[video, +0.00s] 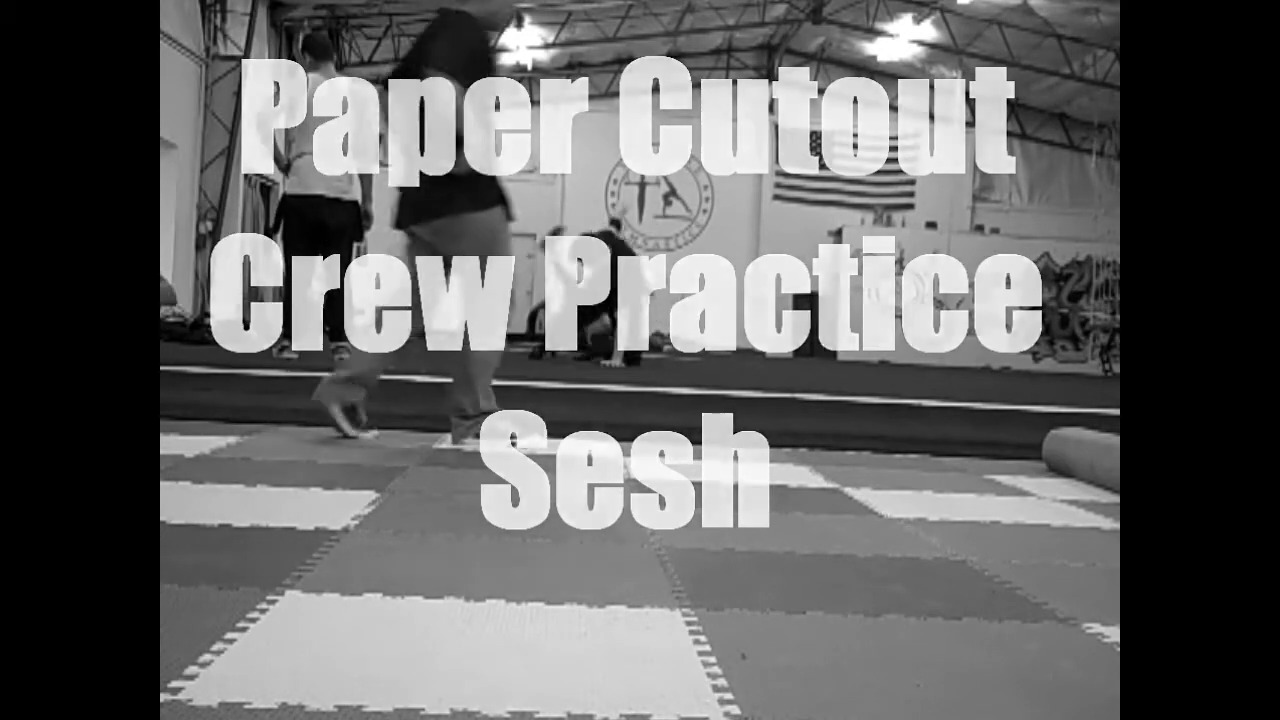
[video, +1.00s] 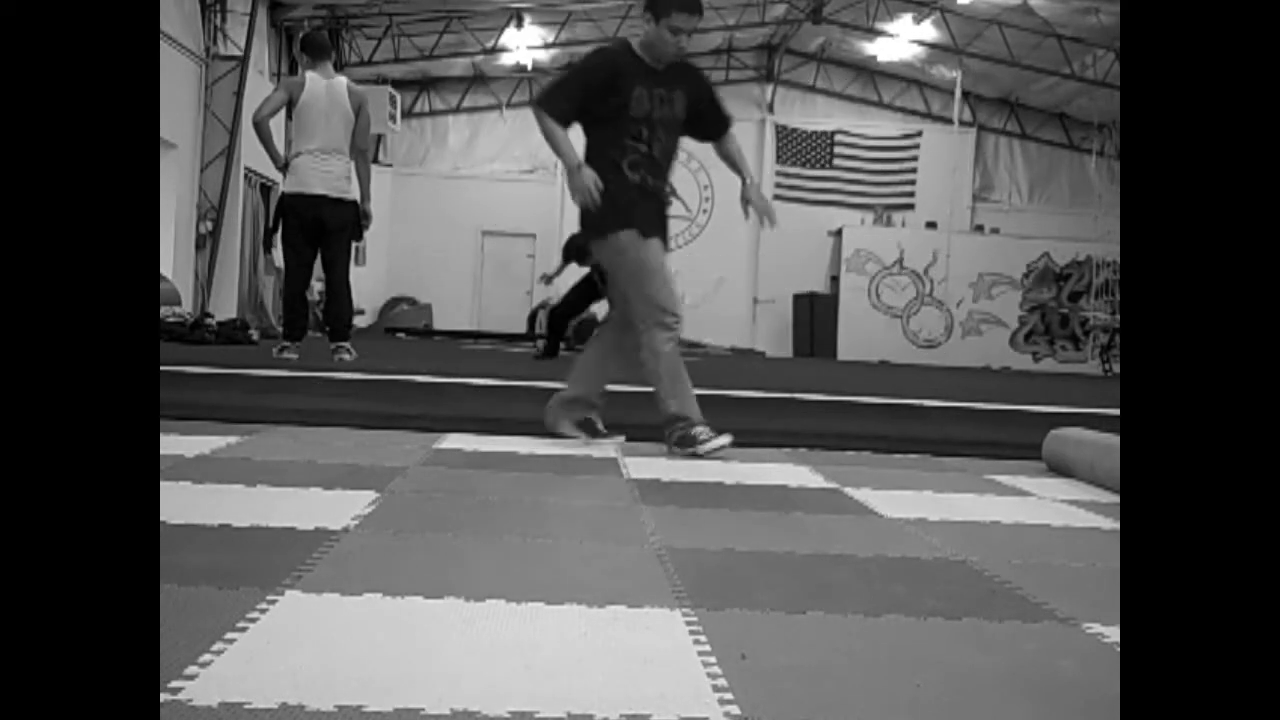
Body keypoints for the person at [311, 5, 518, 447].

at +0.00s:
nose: (511, 21)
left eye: (513, 17)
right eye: (508, 14)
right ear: (489, 9)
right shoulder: (467, 39)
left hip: (422, 200)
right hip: (468, 199)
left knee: (405, 308)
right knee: (484, 310)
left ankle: (345, 384)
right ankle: (474, 420)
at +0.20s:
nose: (555, 15)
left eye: (555, 11)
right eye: (553, 9)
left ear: (506, 4)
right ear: (538, 4)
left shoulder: (476, 34)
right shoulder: (524, 35)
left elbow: (424, 84)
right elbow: (514, 105)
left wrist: (446, 148)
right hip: (506, 195)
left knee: (512, 308)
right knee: (502, 306)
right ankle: (474, 421)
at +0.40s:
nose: (591, 19)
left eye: (592, 13)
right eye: (591, 11)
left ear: (546, 5)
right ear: (578, 5)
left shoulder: (515, 40)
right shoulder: (564, 37)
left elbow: (460, 95)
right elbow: (539, 86)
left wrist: (486, 155)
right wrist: (545, 162)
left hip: (507, 185)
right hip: (537, 187)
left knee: (544, 310)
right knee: (523, 311)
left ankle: (535, 406)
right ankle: (474, 413)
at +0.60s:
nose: (639, 37)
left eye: (642, 29)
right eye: (636, 27)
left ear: (609, 19)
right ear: (609, 17)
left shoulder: (591, 58)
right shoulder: (581, 47)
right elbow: (533, 88)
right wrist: (549, 158)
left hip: (577, 208)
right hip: (560, 206)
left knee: (590, 319)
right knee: (578, 318)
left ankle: (565, 417)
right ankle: (490, 403)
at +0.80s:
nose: (667, 38)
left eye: (673, 30)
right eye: (662, 25)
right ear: (634, 13)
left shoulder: (636, 67)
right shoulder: (596, 42)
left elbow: (625, 131)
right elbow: (525, 72)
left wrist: (630, 171)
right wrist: (559, 131)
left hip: (607, 200)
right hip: (585, 198)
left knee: (590, 306)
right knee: (634, 292)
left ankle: (559, 418)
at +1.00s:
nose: (682, 43)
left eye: (689, 34)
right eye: (676, 32)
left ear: (693, 32)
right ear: (649, 20)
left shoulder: (688, 79)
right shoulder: (609, 62)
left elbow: (721, 134)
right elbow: (547, 110)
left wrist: (750, 180)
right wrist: (574, 166)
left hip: (649, 211)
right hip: (611, 207)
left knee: (629, 318)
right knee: (660, 315)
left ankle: (571, 408)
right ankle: (684, 425)